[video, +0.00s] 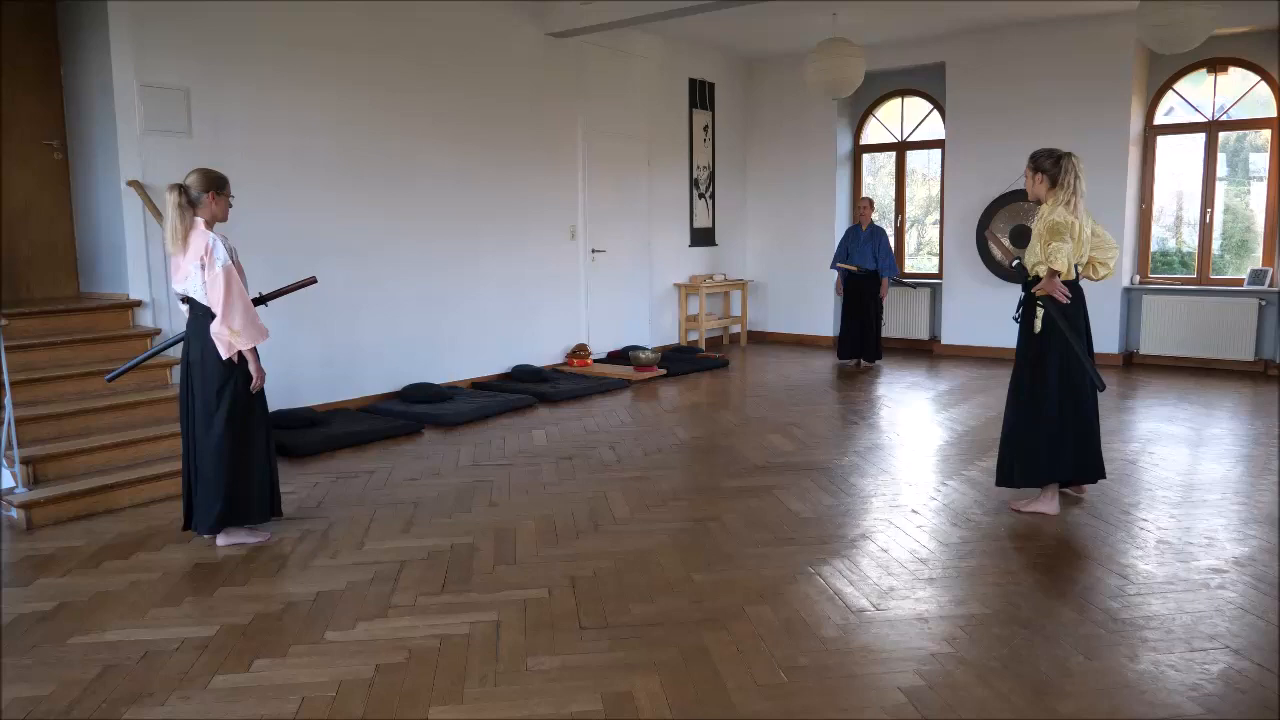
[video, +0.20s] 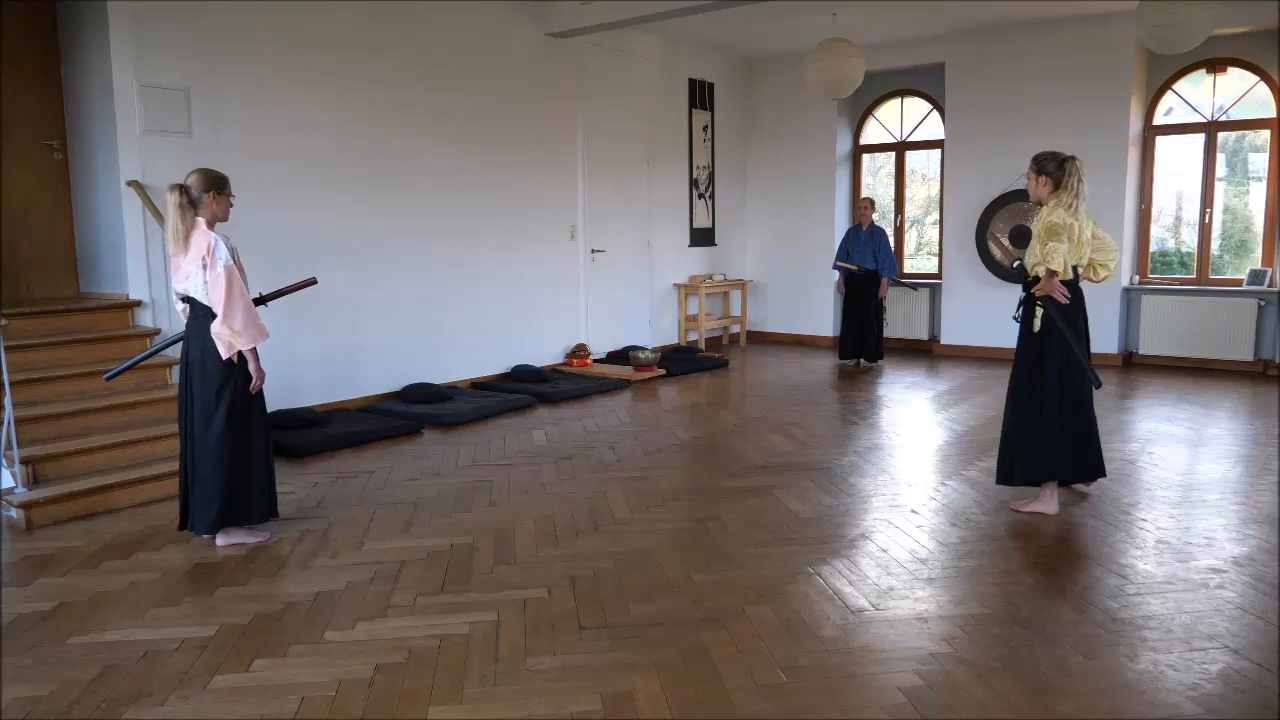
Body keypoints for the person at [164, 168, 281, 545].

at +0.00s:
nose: (231, 205)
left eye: (230, 198)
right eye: (228, 198)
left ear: (203, 199)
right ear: (211, 199)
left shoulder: (183, 239)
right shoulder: (213, 244)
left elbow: (194, 297)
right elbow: (230, 306)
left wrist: (240, 300)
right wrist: (252, 356)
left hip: (198, 343)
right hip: (220, 346)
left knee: (209, 432)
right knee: (229, 434)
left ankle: (215, 520)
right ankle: (230, 526)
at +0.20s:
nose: (232, 204)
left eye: (231, 198)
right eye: (229, 198)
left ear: (203, 199)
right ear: (212, 199)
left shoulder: (182, 241)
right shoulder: (216, 244)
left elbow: (184, 303)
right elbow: (232, 306)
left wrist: (236, 304)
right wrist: (252, 356)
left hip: (196, 343)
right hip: (221, 346)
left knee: (207, 432)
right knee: (228, 433)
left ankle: (212, 520)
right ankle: (229, 526)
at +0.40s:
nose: (232, 203)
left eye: (231, 197)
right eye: (229, 197)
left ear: (203, 199)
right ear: (212, 198)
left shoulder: (182, 241)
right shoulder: (217, 242)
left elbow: (184, 304)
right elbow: (233, 305)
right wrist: (253, 354)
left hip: (197, 344)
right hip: (222, 345)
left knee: (208, 432)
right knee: (228, 433)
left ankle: (214, 521)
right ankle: (229, 526)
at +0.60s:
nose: (232, 203)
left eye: (231, 196)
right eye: (229, 196)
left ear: (203, 198)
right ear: (212, 198)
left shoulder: (182, 241)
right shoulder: (217, 242)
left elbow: (185, 305)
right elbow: (233, 304)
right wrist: (255, 352)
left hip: (197, 343)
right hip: (223, 345)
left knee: (208, 432)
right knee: (229, 433)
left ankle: (214, 521)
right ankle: (229, 526)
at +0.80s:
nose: (232, 201)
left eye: (231, 195)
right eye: (229, 195)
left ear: (203, 199)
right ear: (212, 198)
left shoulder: (183, 242)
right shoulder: (217, 242)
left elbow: (186, 304)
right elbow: (234, 303)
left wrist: (203, 334)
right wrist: (255, 352)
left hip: (199, 343)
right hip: (224, 344)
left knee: (209, 432)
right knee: (230, 433)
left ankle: (214, 521)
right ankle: (230, 525)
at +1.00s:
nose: (232, 201)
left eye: (231, 194)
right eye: (229, 195)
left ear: (202, 199)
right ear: (212, 198)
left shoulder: (184, 241)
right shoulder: (218, 242)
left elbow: (186, 303)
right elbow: (234, 304)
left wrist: (204, 333)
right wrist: (255, 352)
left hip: (200, 343)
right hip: (225, 344)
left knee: (211, 432)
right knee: (232, 433)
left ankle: (216, 521)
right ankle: (231, 526)